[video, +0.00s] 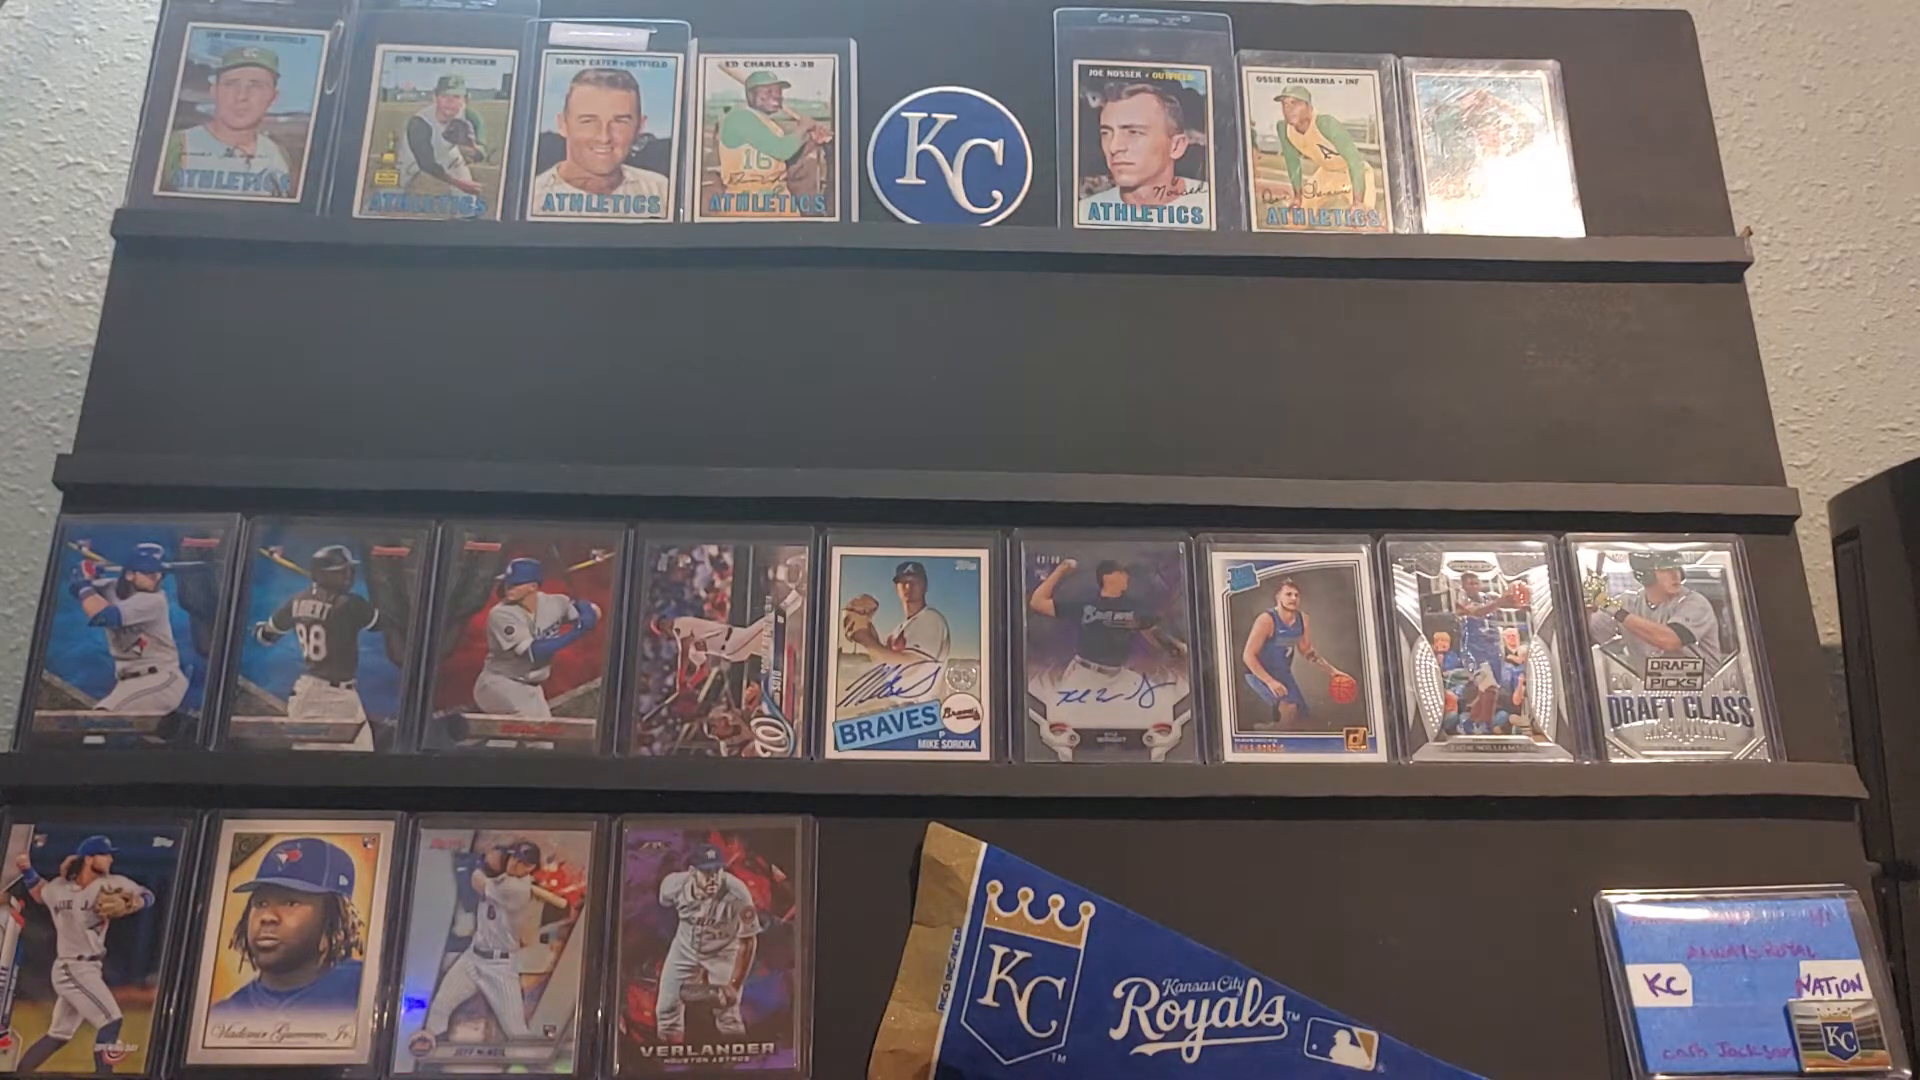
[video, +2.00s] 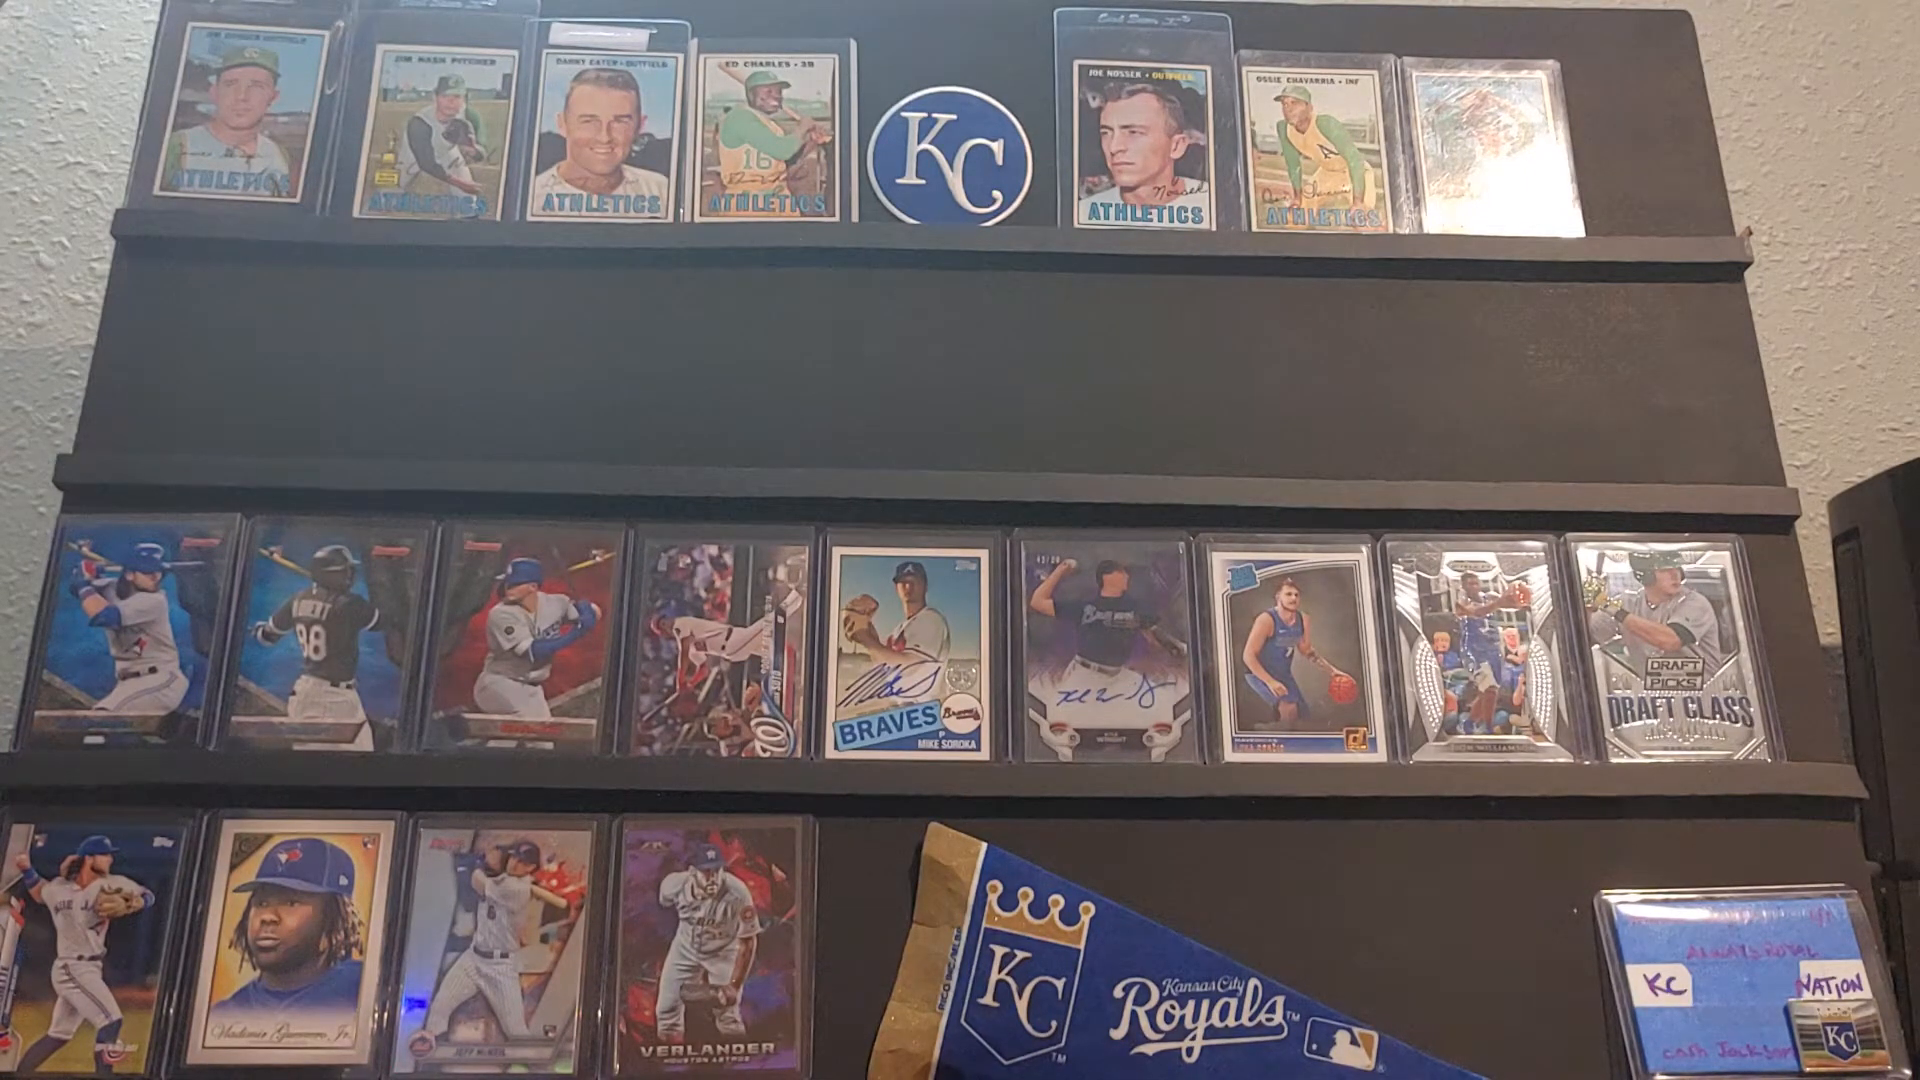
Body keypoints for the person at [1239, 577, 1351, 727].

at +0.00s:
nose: (1293, 599)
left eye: (1296, 595)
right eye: (1288, 594)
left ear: (1300, 598)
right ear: (1278, 598)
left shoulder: (1302, 619)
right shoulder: (1266, 620)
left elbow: (1307, 651)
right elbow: (1248, 656)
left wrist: (1332, 671)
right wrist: (1270, 681)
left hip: (1283, 672)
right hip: (1260, 672)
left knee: (1301, 713)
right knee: (1289, 706)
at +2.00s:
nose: (1293, 599)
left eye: (1296, 595)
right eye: (1288, 594)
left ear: (1300, 598)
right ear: (1278, 598)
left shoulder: (1302, 619)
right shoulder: (1266, 620)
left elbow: (1306, 650)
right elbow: (1248, 656)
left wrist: (1333, 671)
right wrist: (1271, 682)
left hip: (1284, 674)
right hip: (1260, 673)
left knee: (1302, 712)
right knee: (1288, 705)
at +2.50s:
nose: (1293, 599)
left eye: (1296, 595)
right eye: (1288, 594)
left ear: (1300, 598)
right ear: (1278, 598)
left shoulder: (1303, 619)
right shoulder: (1266, 620)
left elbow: (1306, 650)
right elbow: (1248, 656)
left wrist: (1333, 671)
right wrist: (1271, 682)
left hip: (1284, 674)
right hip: (1260, 673)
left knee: (1302, 713)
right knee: (1289, 706)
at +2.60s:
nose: (1293, 599)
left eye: (1296, 595)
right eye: (1288, 594)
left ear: (1300, 598)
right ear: (1278, 598)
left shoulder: (1303, 619)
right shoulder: (1266, 620)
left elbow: (1306, 650)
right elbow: (1248, 656)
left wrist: (1333, 671)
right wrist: (1271, 682)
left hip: (1283, 673)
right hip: (1260, 672)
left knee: (1302, 713)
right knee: (1289, 706)